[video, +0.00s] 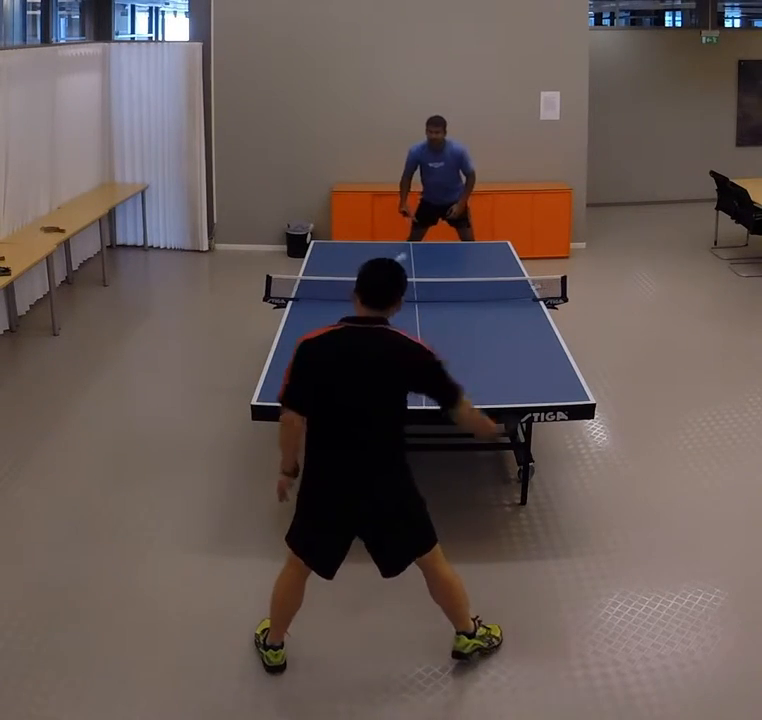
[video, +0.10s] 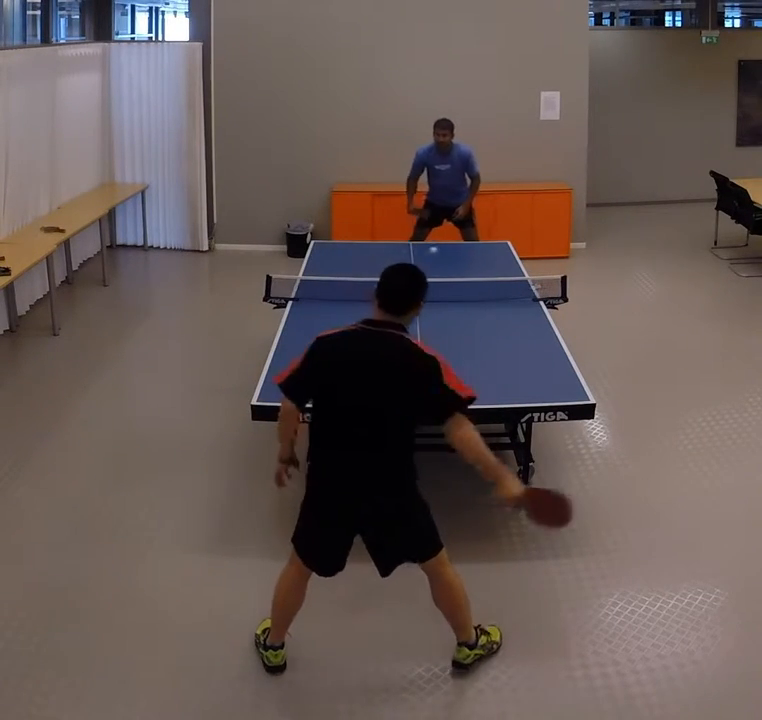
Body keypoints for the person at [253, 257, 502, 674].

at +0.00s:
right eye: (398, 298)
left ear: (355, 295)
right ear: (399, 302)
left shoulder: (313, 346)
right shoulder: (408, 352)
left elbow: (292, 416)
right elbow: (459, 409)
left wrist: (289, 469)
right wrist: (490, 429)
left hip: (326, 484)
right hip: (388, 484)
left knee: (297, 566)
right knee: (432, 563)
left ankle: (273, 643)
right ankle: (468, 635)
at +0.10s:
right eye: (417, 303)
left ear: (375, 297)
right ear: (417, 307)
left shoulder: (328, 345)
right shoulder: (421, 362)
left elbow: (290, 405)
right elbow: (458, 428)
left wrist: (286, 451)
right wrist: (502, 478)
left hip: (331, 486)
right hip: (392, 489)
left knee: (301, 565)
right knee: (437, 566)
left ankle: (273, 643)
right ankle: (468, 642)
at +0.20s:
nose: (449, 319)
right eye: (450, 313)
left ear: (404, 308)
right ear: (446, 319)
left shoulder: (356, 351)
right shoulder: (442, 371)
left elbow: (309, 402)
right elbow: (438, 419)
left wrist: (299, 454)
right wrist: (451, 476)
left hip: (341, 490)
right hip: (400, 495)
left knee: (306, 565)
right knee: (445, 570)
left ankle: (273, 643)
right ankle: (467, 647)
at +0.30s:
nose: (463, 322)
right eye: (464, 317)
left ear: (419, 312)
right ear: (461, 322)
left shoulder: (376, 354)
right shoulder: (457, 375)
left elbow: (331, 409)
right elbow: (446, 432)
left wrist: (327, 457)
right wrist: (454, 504)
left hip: (359, 490)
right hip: (418, 497)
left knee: (316, 566)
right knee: (455, 572)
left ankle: (276, 642)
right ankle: (468, 648)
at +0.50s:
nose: (464, 324)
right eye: (465, 318)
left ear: (420, 315)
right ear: (463, 323)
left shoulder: (379, 359)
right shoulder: (465, 384)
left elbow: (346, 425)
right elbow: (475, 460)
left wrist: (378, 450)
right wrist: (501, 499)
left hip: (364, 493)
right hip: (425, 502)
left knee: (323, 566)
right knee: (463, 565)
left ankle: (289, 647)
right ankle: (475, 646)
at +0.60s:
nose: (483, 338)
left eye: (481, 330)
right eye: (483, 331)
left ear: (437, 326)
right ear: (476, 336)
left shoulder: (393, 368)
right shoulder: (478, 396)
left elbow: (354, 418)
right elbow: (490, 472)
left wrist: (384, 451)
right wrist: (516, 489)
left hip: (369, 503)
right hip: (430, 514)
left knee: (326, 559)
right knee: (487, 563)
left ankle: (291, 645)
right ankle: (496, 645)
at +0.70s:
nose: (527, 348)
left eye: (527, 339)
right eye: (528, 341)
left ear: (482, 332)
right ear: (520, 345)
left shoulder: (434, 367)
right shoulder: (512, 409)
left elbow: (385, 419)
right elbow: (517, 492)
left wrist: (415, 451)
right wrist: (551, 501)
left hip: (386, 509)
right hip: (446, 525)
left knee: (341, 564)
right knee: (518, 557)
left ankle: (291, 641)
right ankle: (524, 636)